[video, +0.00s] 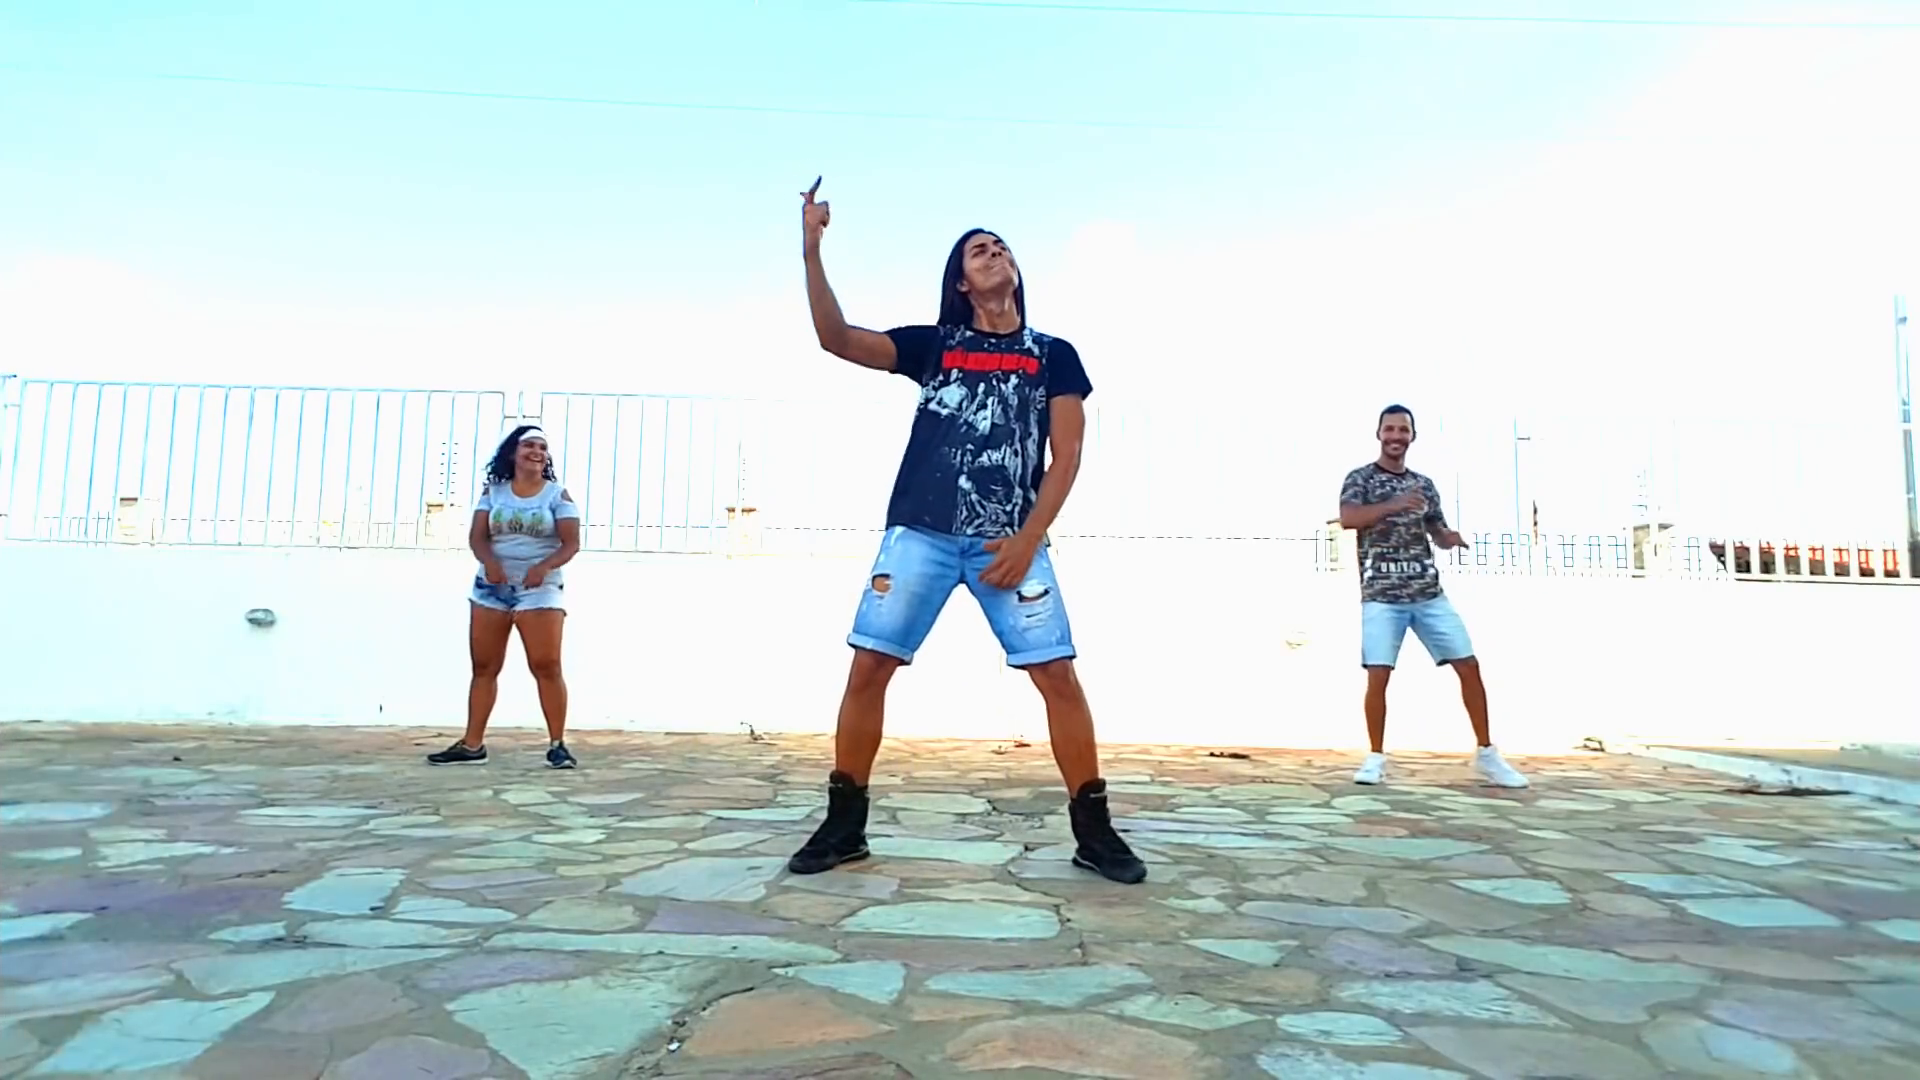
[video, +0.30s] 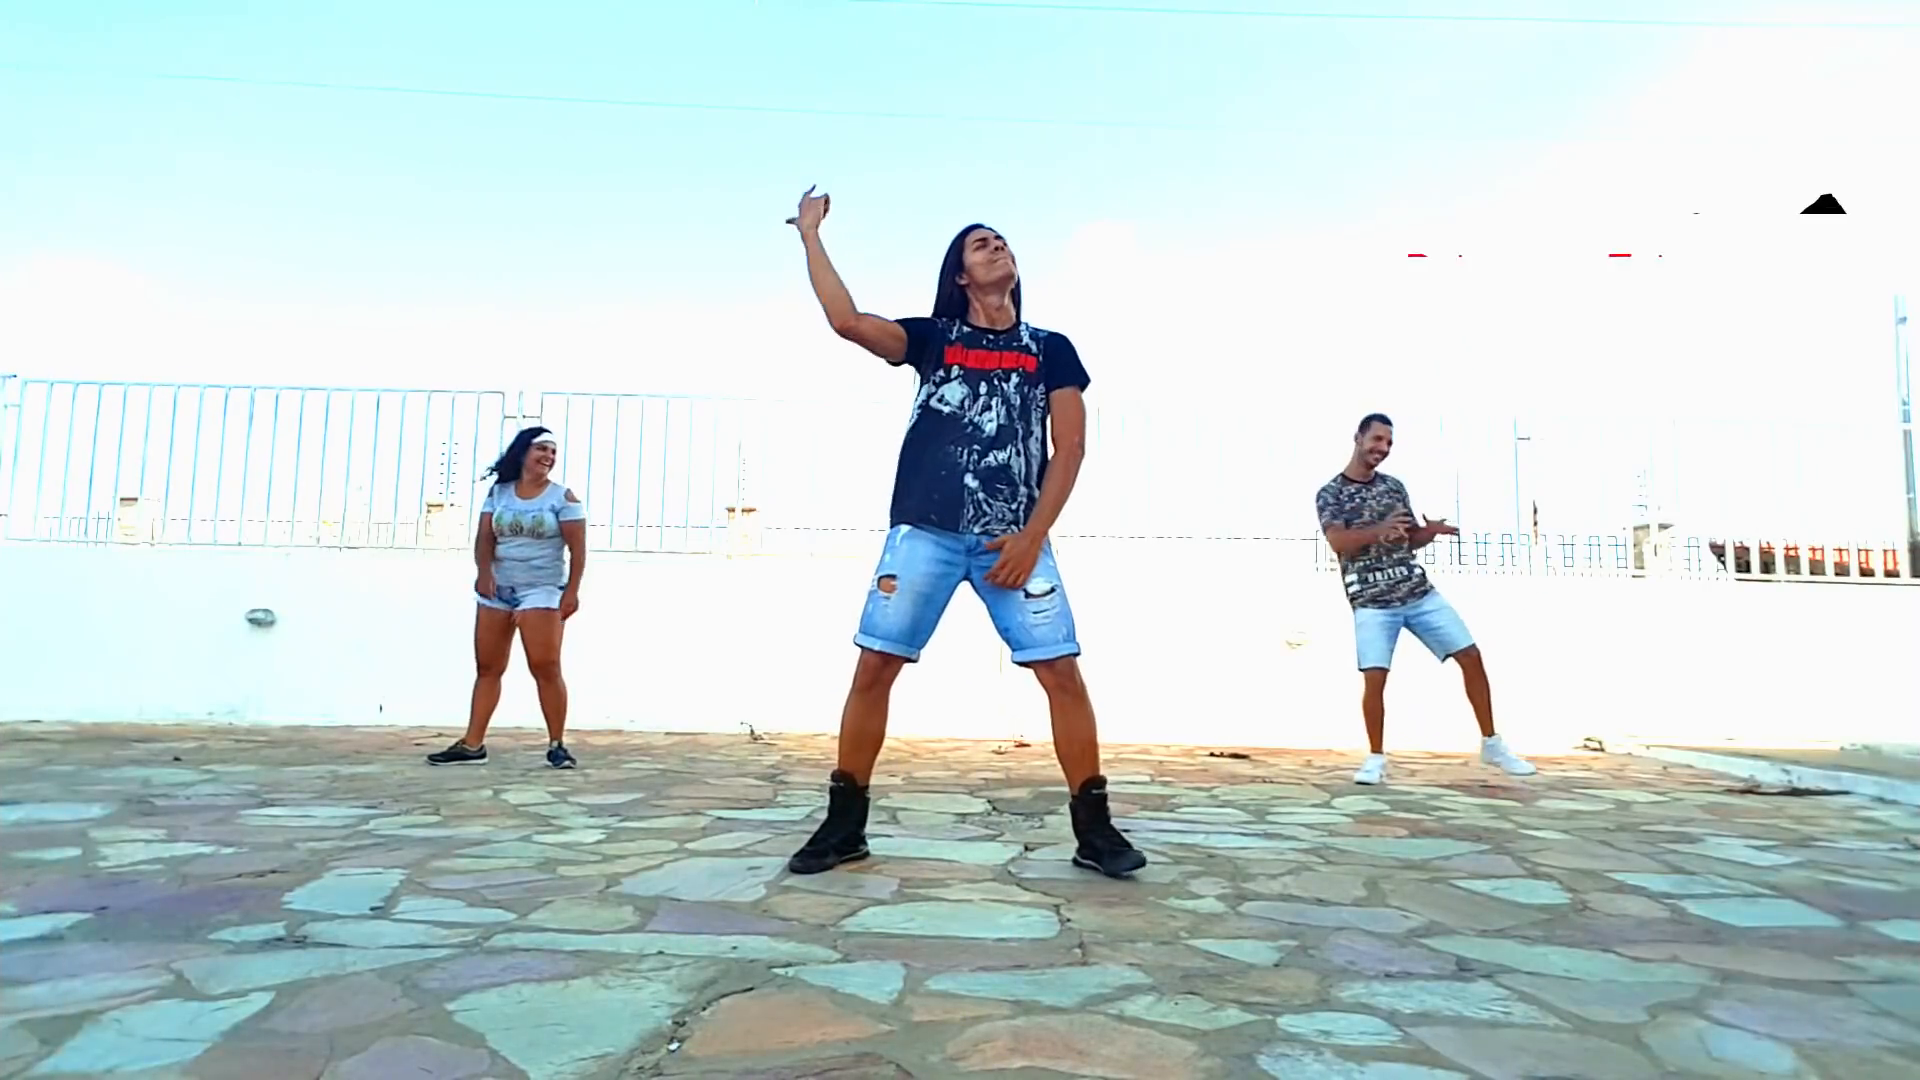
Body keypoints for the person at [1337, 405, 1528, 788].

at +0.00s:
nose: (1396, 436)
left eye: (1403, 430)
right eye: (1389, 429)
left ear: (1412, 437)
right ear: (1378, 435)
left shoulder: (1423, 484)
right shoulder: (1359, 479)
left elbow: (1438, 533)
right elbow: (1349, 518)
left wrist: (1451, 537)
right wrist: (1394, 504)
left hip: (1428, 594)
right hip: (1382, 596)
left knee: (1468, 665)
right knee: (1378, 674)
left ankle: (1486, 753)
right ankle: (1375, 757)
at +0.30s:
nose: (1382, 448)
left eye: (1387, 443)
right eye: (1376, 439)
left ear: (1389, 449)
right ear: (1357, 438)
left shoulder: (1393, 487)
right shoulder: (1330, 494)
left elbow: (1409, 541)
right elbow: (1340, 544)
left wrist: (1429, 531)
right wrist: (1378, 531)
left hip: (1418, 593)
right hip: (1372, 603)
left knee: (1470, 656)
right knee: (1373, 677)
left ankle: (1491, 744)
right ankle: (1375, 757)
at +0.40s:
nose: (1381, 431)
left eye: (1384, 425)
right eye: (1373, 424)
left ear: (1386, 429)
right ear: (1353, 428)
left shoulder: (1394, 470)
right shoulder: (1332, 484)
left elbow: (1418, 518)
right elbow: (1321, 539)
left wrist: (1431, 499)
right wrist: (1350, 564)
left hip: (1415, 582)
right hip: (1371, 593)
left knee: (1470, 638)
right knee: (1374, 670)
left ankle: (1507, 728)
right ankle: (1374, 755)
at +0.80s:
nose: (1335, 440)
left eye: (1342, 434)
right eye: (1334, 434)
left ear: (1367, 435)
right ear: (1340, 437)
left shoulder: (1403, 474)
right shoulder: (1335, 487)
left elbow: (1425, 520)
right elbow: (1328, 541)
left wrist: (1444, 546)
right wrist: (1346, 540)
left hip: (1419, 585)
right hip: (1373, 595)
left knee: (1466, 650)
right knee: (1374, 673)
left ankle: (1499, 740)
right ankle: (1375, 756)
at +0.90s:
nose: (1335, 439)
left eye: (1341, 431)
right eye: (1334, 432)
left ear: (1365, 432)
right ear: (1349, 434)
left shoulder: (1411, 467)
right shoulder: (1343, 478)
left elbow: (1438, 508)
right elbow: (1335, 523)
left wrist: (1440, 546)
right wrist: (1356, 489)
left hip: (1423, 583)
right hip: (1375, 590)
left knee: (1462, 658)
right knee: (1372, 672)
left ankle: (1489, 742)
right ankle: (1373, 755)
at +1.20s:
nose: (1384, 445)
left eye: (1390, 437)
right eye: (1379, 439)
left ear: (1411, 438)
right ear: (1376, 444)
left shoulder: (1446, 482)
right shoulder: (1375, 491)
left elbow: (1462, 533)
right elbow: (1356, 547)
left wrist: (1453, 540)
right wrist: (1371, 525)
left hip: (1448, 598)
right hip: (1398, 600)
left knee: (1481, 673)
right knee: (1383, 676)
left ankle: (1486, 757)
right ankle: (1375, 757)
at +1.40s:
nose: (1433, 433)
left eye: (1441, 427)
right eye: (1426, 427)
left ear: (1453, 434)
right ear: (1417, 434)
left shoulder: (1470, 473)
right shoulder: (1398, 487)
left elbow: (1511, 513)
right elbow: (1385, 526)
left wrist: (1483, 492)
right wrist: (1402, 555)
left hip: (1470, 599)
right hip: (1423, 599)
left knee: (1496, 673)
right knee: (1401, 671)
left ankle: (1485, 758)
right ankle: (1376, 754)